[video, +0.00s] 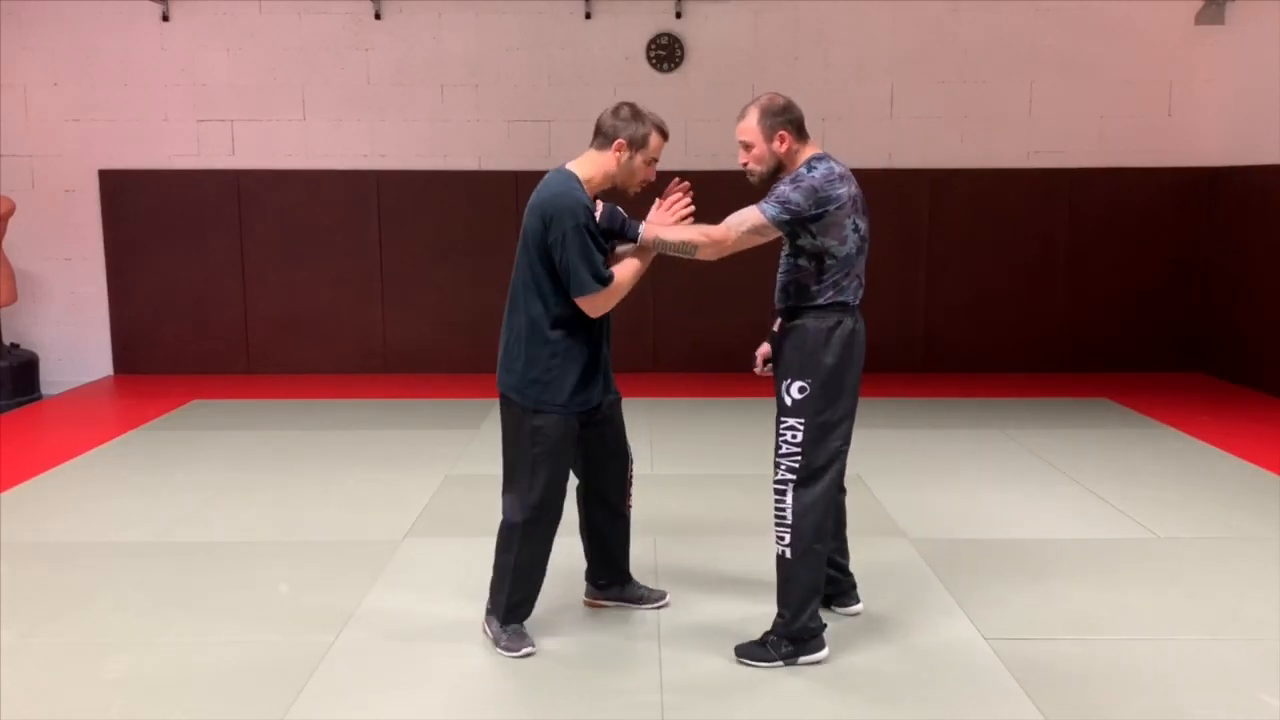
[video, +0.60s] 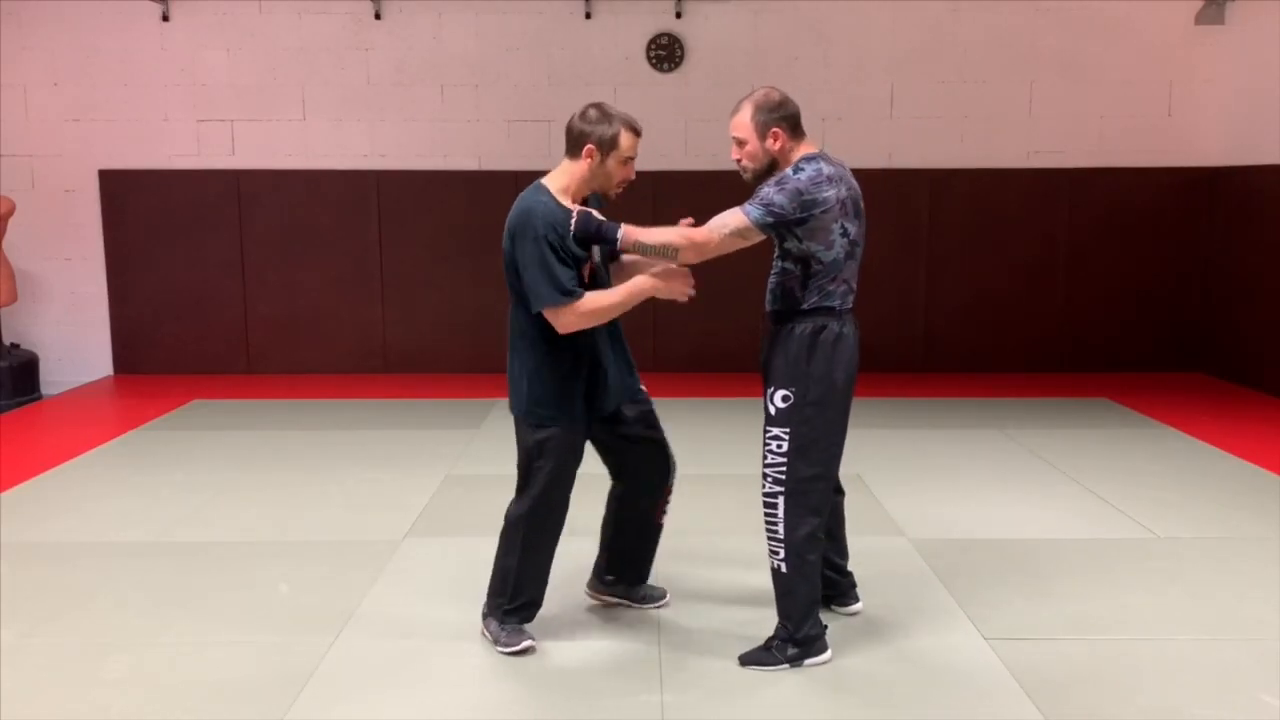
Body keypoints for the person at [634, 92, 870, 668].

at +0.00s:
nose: (742, 159)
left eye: (748, 147)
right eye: (741, 147)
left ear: (784, 141)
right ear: (787, 141)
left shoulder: (814, 184)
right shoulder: (823, 177)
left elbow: (717, 240)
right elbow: (811, 278)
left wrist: (632, 230)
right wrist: (778, 337)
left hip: (818, 336)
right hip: (823, 334)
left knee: (797, 481)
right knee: (819, 472)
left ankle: (797, 633)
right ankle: (834, 582)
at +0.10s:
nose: (741, 159)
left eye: (747, 147)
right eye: (740, 147)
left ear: (783, 141)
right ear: (786, 141)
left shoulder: (813, 185)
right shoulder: (825, 177)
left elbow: (714, 237)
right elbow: (815, 278)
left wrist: (629, 230)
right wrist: (783, 338)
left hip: (815, 338)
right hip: (822, 335)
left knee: (797, 483)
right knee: (818, 473)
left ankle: (801, 632)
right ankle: (834, 582)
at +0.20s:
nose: (741, 158)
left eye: (746, 146)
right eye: (739, 147)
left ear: (781, 140)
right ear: (784, 139)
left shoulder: (810, 185)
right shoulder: (825, 176)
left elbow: (709, 235)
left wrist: (620, 223)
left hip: (813, 339)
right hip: (820, 335)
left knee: (795, 482)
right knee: (817, 472)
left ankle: (801, 632)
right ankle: (834, 581)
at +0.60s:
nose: (734, 153)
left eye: (742, 142)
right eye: (733, 141)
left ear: (777, 138)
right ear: (782, 138)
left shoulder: (803, 186)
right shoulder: (825, 176)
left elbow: (701, 242)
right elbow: (720, 239)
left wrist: (612, 235)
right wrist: (624, 242)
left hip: (809, 344)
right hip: (823, 340)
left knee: (787, 488)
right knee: (816, 473)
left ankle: (799, 635)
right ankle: (834, 583)